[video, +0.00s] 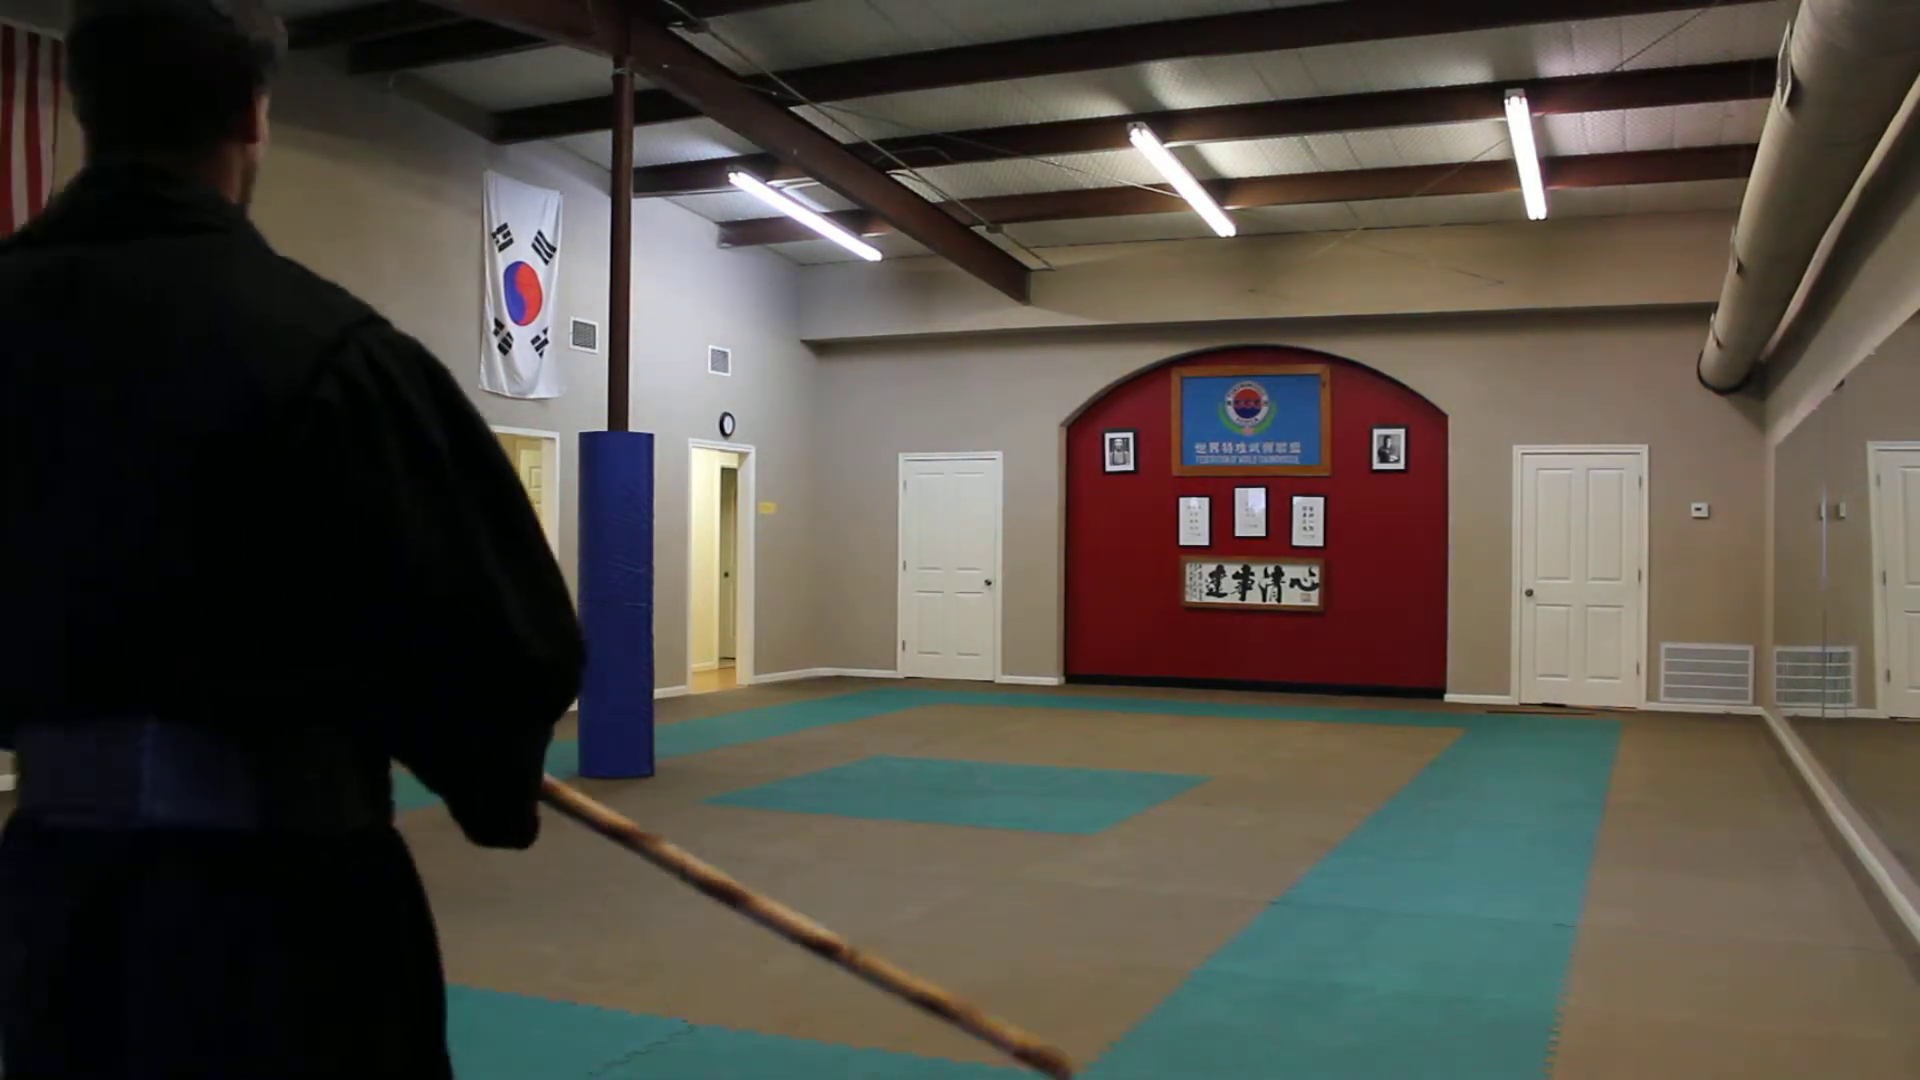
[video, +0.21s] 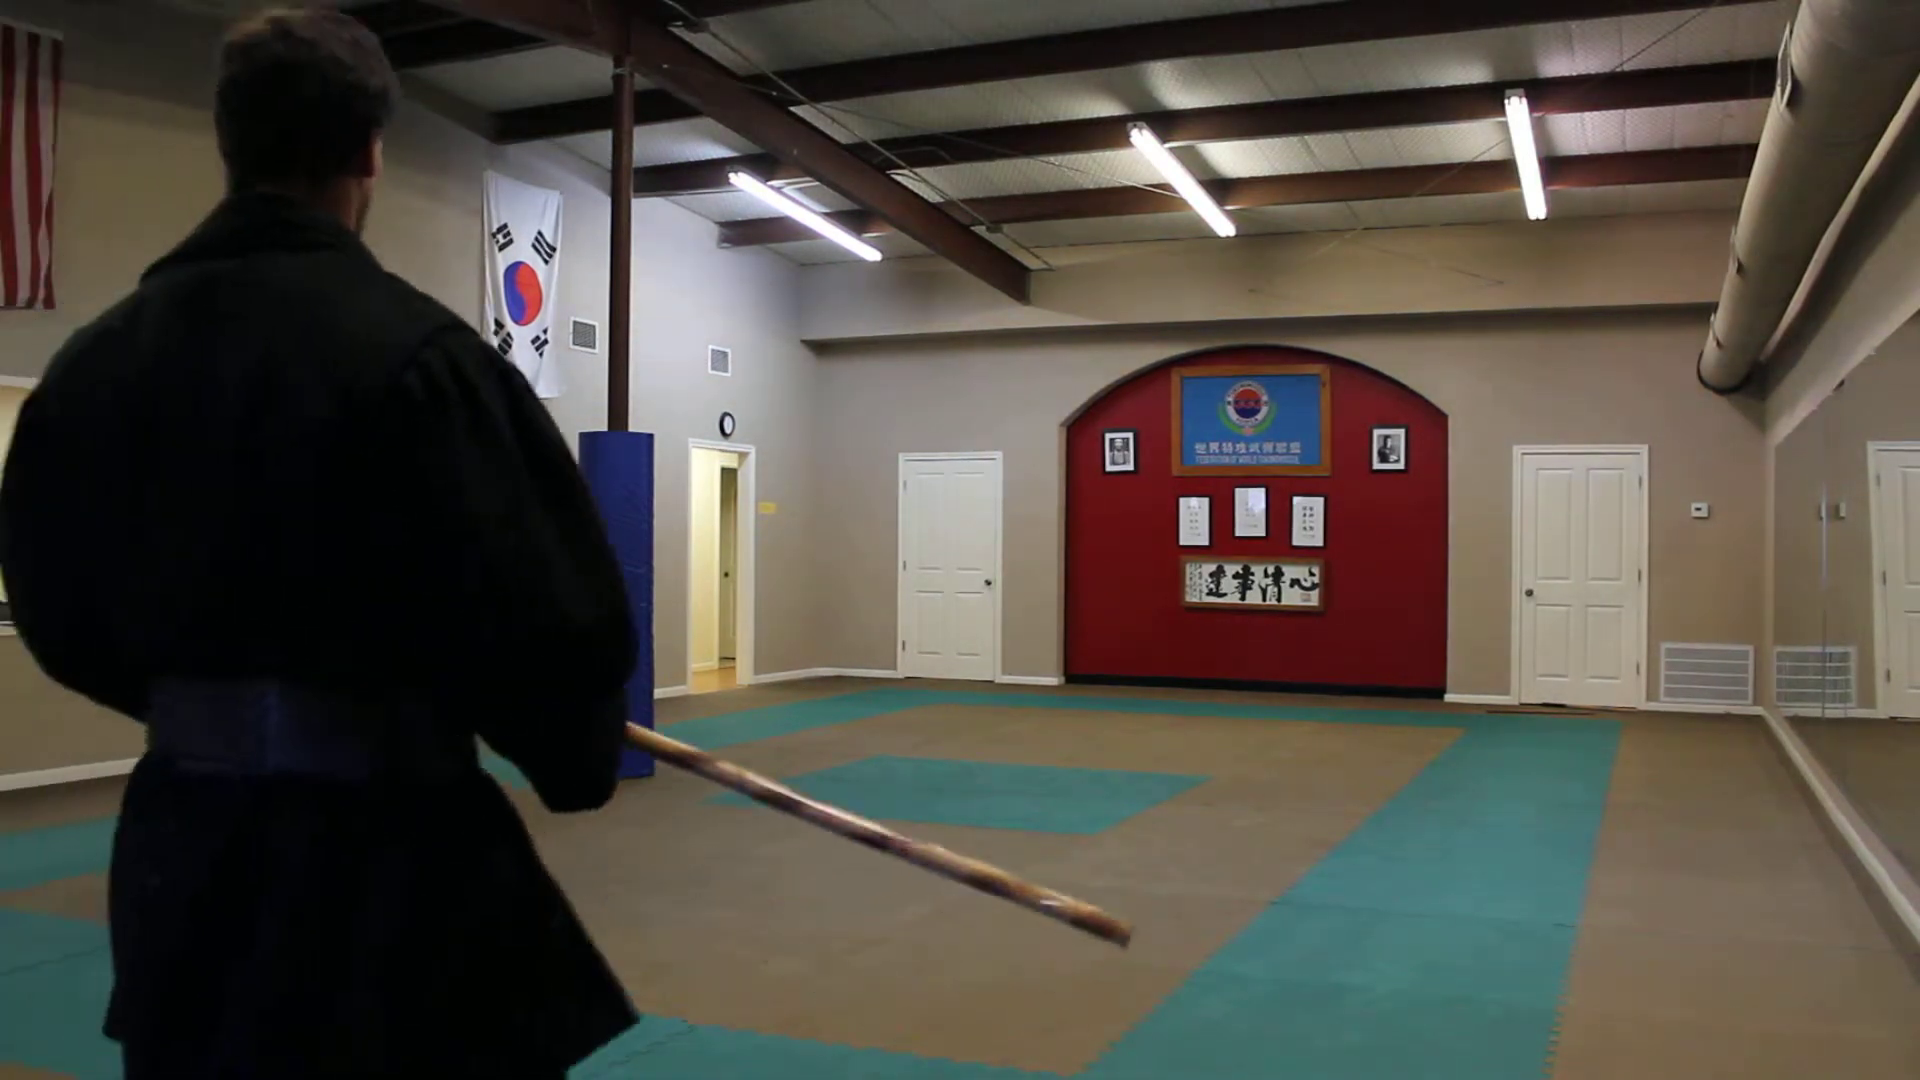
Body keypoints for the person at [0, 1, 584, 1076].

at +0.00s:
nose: (264, 132)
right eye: (266, 112)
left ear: (81, 112)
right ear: (253, 119)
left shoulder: (12, 309)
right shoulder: (335, 353)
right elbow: (507, 650)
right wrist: (491, 770)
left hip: (54, 852)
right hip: (291, 864)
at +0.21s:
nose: (379, 168)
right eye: (381, 148)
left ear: (227, 147)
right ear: (368, 158)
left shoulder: (94, 366)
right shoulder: (429, 359)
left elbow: (59, 619)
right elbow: (554, 619)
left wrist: (195, 704)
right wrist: (578, 746)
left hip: (185, 830)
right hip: (397, 833)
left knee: (196, 1060)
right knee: (419, 1060)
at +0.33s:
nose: (440, 205)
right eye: (442, 186)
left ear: (305, 173)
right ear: (429, 191)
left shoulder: (165, 372)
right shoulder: (473, 363)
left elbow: (141, 603)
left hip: (247, 810)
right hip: (453, 811)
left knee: (280, 1059)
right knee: (516, 1057)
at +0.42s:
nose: (482, 234)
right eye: (483, 215)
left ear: (356, 199)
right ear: (471, 218)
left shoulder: (218, 382)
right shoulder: (512, 381)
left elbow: (178, 614)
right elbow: (627, 616)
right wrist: (653, 749)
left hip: (303, 805)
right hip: (493, 803)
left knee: (328, 1058)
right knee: (547, 1055)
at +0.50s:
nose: (524, 261)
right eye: (524, 239)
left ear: (403, 224)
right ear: (515, 244)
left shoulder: (273, 399)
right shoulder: (559, 400)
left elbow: (253, 618)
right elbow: (678, 629)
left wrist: (341, 677)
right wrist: (661, 741)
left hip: (354, 807)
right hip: (537, 809)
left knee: (356, 1059)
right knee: (565, 1057)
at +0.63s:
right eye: (585, 247)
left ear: (473, 243)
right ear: (585, 257)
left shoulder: (353, 409)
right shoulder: (629, 417)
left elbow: (309, 611)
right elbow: (742, 630)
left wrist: (427, 682)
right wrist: (712, 719)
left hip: (437, 806)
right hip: (604, 808)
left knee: (441, 1053)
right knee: (620, 1056)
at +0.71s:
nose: (623, 279)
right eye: (625, 261)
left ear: (513, 256)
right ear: (621, 269)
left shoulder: (396, 409)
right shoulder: (672, 415)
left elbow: (351, 600)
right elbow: (774, 617)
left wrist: (467, 655)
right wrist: (735, 703)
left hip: (483, 788)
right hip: (643, 791)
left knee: (480, 1041)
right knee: (642, 1048)